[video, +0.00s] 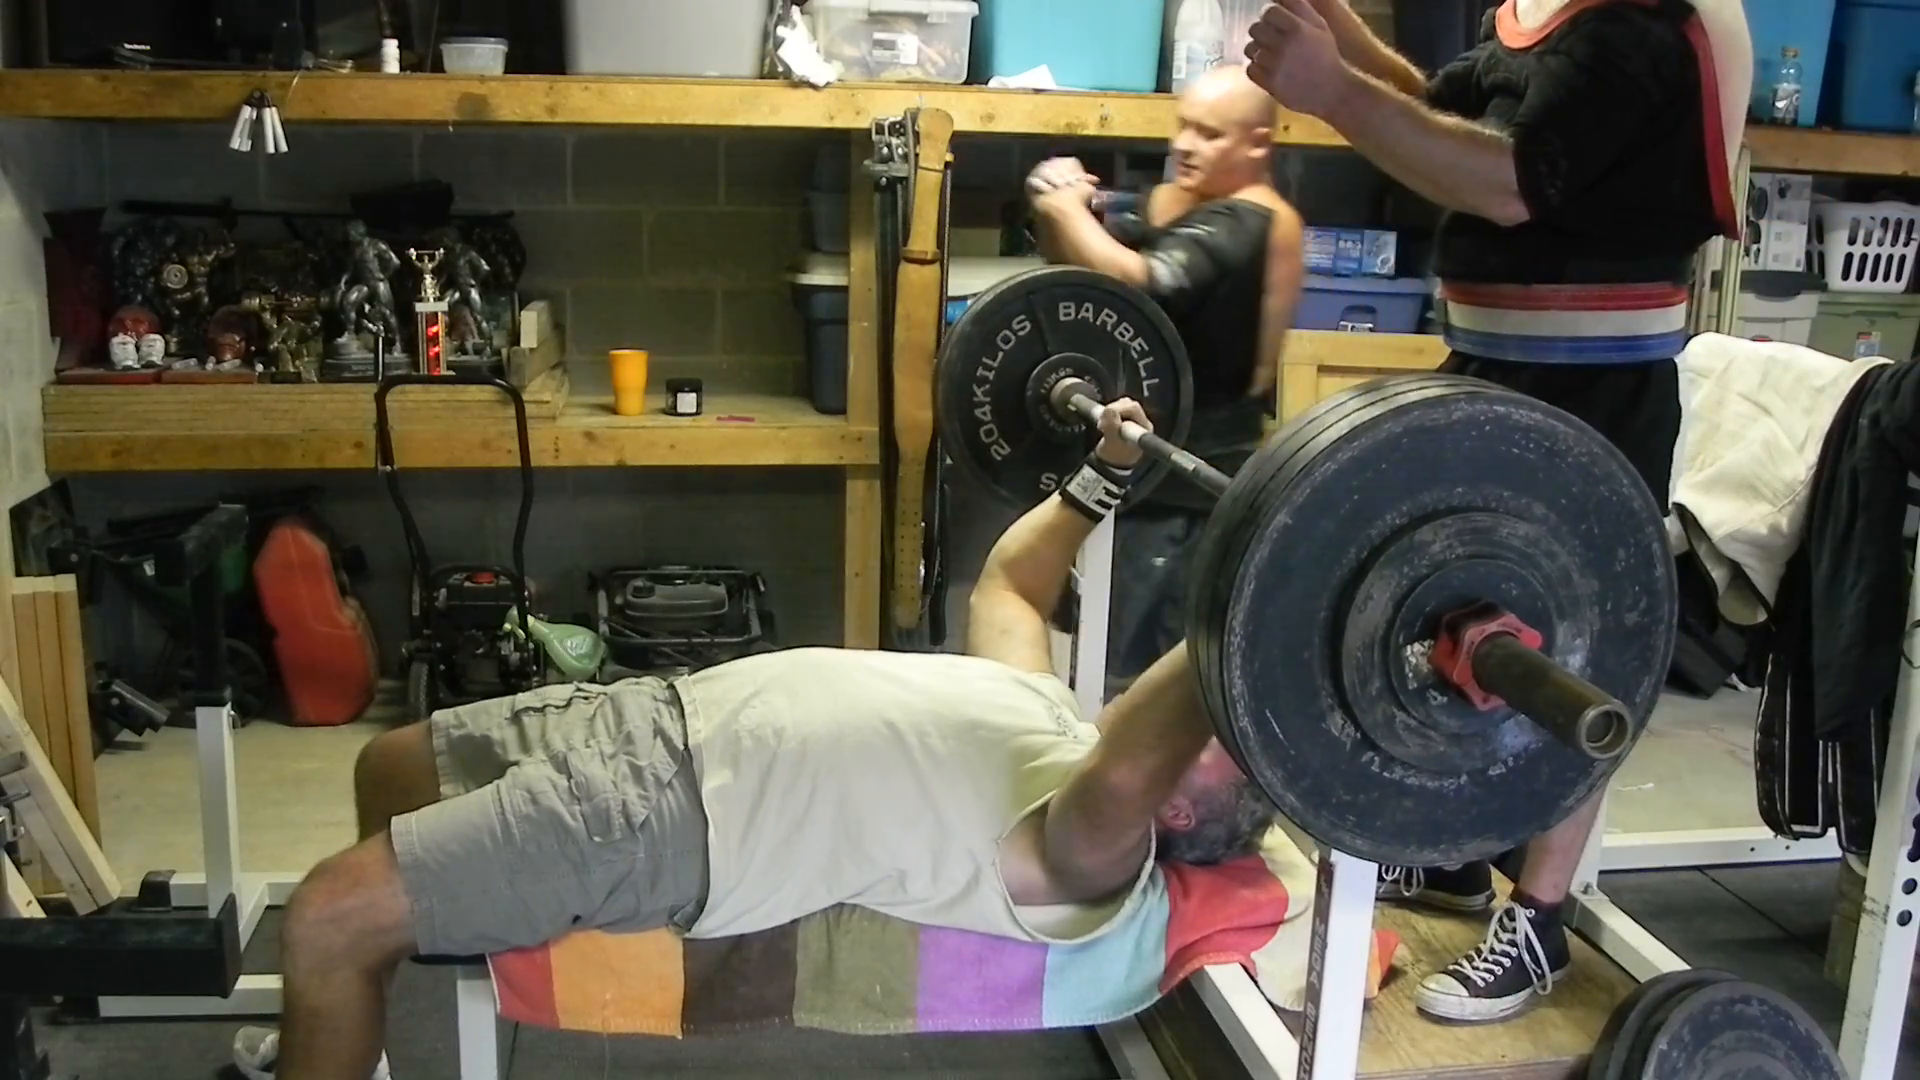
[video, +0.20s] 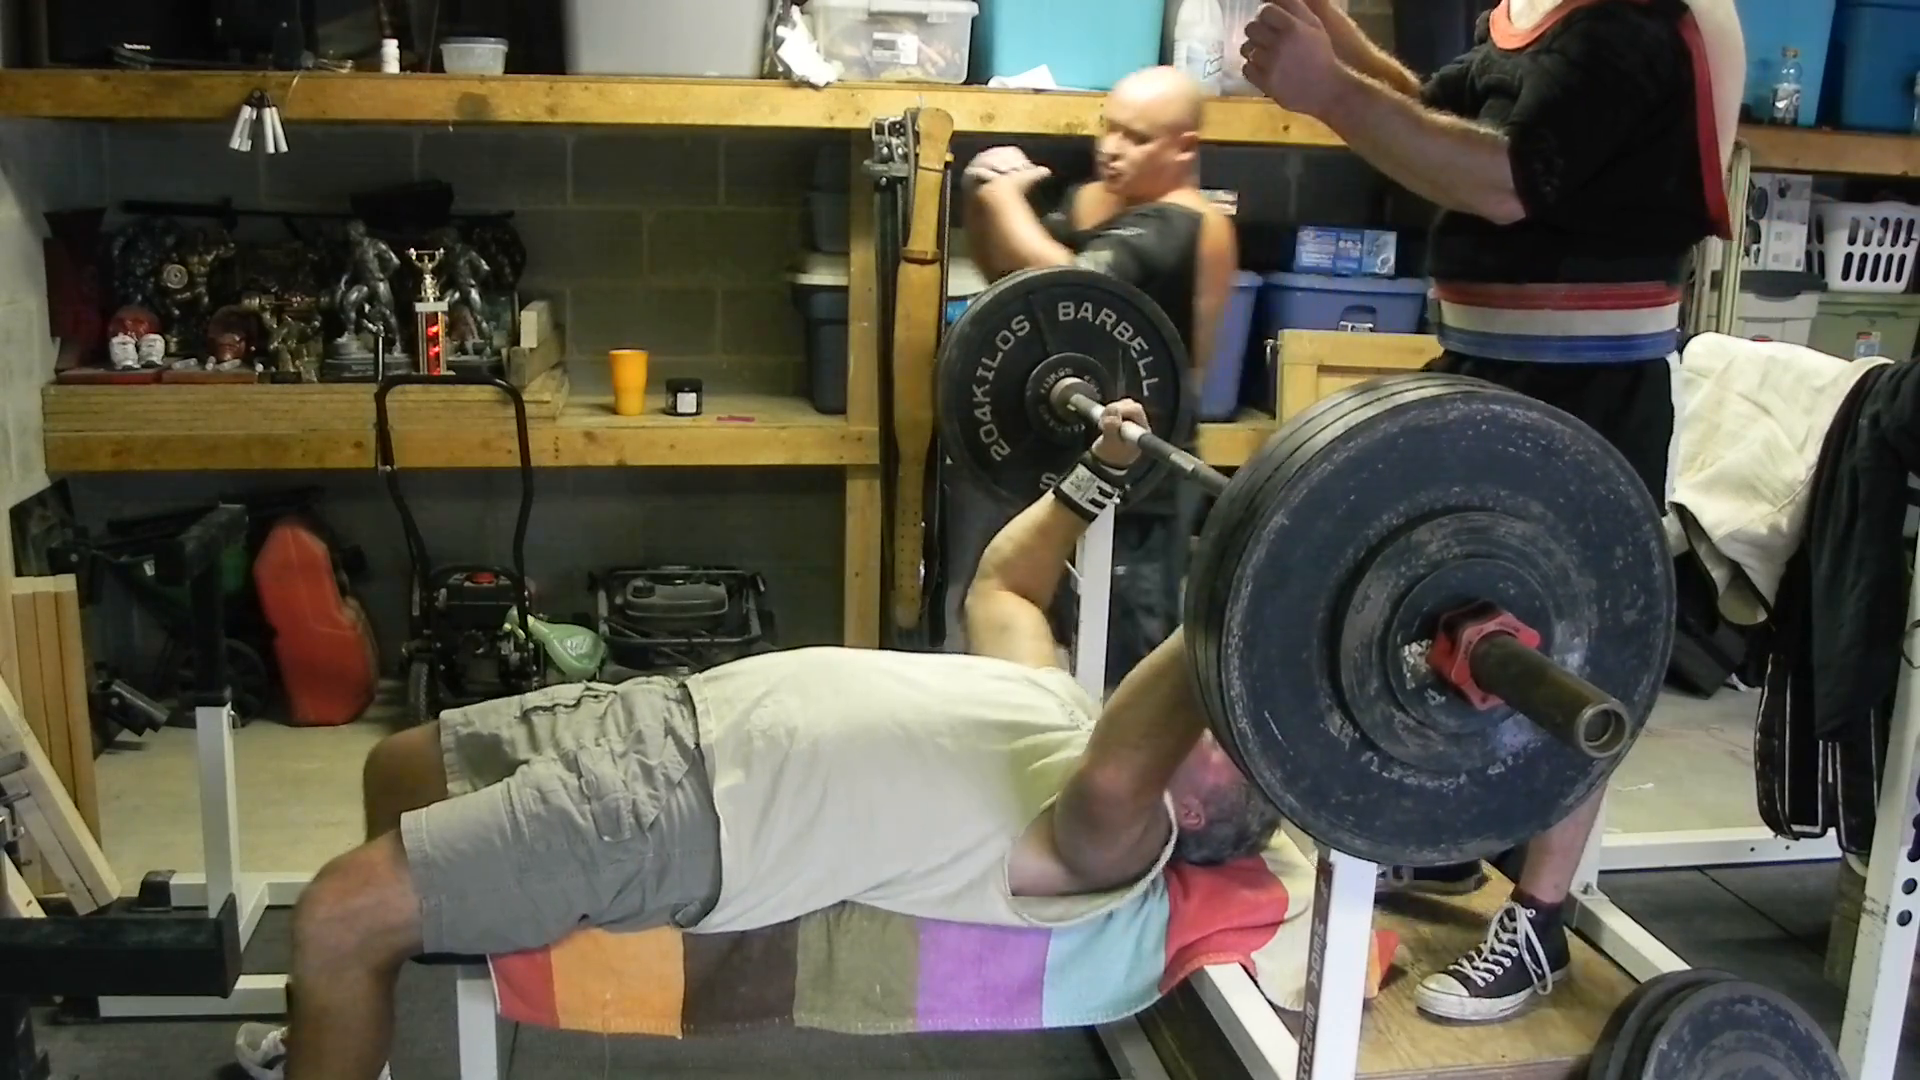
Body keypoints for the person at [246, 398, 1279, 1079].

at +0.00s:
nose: (1199, 740)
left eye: (1228, 749)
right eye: (1213, 723)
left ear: (1215, 811)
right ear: (1182, 728)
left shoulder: (1087, 860)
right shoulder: (1035, 718)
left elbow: (1135, 760)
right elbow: (1016, 582)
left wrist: (1260, 608)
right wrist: (1099, 473)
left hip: (665, 819)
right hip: (653, 711)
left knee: (328, 916)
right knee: (390, 767)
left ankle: (323, 1065)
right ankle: (390, 988)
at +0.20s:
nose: (1204, 739)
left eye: (1233, 745)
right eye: (1215, 720)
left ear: (1224, 802)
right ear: (1187, 724)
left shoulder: (1106, 851)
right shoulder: (1044, 713)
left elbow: (1129, 759)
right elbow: (1012, 581)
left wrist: (1236, 611)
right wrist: (1096, 473)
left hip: (682, 817)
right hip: (663, 709)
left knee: (341, 913)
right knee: (397, 769)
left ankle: (313, 1070)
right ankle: (338, 1027)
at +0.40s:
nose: (1203, 739)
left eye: (1229, 750)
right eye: (1215, 721)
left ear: (1230, 801)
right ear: (1193, 725)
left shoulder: (1118, 826)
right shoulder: (1058, 708)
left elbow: (1143, 744)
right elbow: (1007, 575)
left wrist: (1252, 610)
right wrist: (1092, 473)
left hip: (691, 813)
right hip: (672, 710)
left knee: (347, 909)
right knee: (403, 769)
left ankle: (320, 1075)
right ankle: (332, 1039)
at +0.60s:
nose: (1202, 742)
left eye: (1230, 751)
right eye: (1216, 723)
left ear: (1225, 805)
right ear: (1191, 727)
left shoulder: (1102, 838)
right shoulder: (1045, 712)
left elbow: (1148, 753)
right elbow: (1006, 575)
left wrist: (1255, 604)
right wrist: (1093, 469)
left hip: (678, 816)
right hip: (663, 711)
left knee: (339, 911)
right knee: (396, 769)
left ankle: (315, 1073)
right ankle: (347, 1024)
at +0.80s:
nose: (1183, 738)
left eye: (1215, 749)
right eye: (1200, 719)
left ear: (1213, 814)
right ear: (1174, 735)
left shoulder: (1076, 860)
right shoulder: (1018, 711)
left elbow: (1135, 753)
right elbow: (1006, 576)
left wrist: (1260, 610)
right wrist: (1092, 460)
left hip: (661, 822)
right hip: (648, 711)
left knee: (319, 913)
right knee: (386, 765)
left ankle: (323, 1064)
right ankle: (376, 995)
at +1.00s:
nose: (1187, 733)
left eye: (1221, 750)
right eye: (1207, 723)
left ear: (1214, 816)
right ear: (1183, 730)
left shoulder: (1079, 872)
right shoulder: (1033, 715)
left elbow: (1122, 769)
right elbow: (1006, 579)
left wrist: (1244, 620)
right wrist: (1104, 467)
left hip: (654, 814)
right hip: (637, 711)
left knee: (313, 913)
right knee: (383, 766)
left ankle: (330, 1061)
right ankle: (379, 1007)